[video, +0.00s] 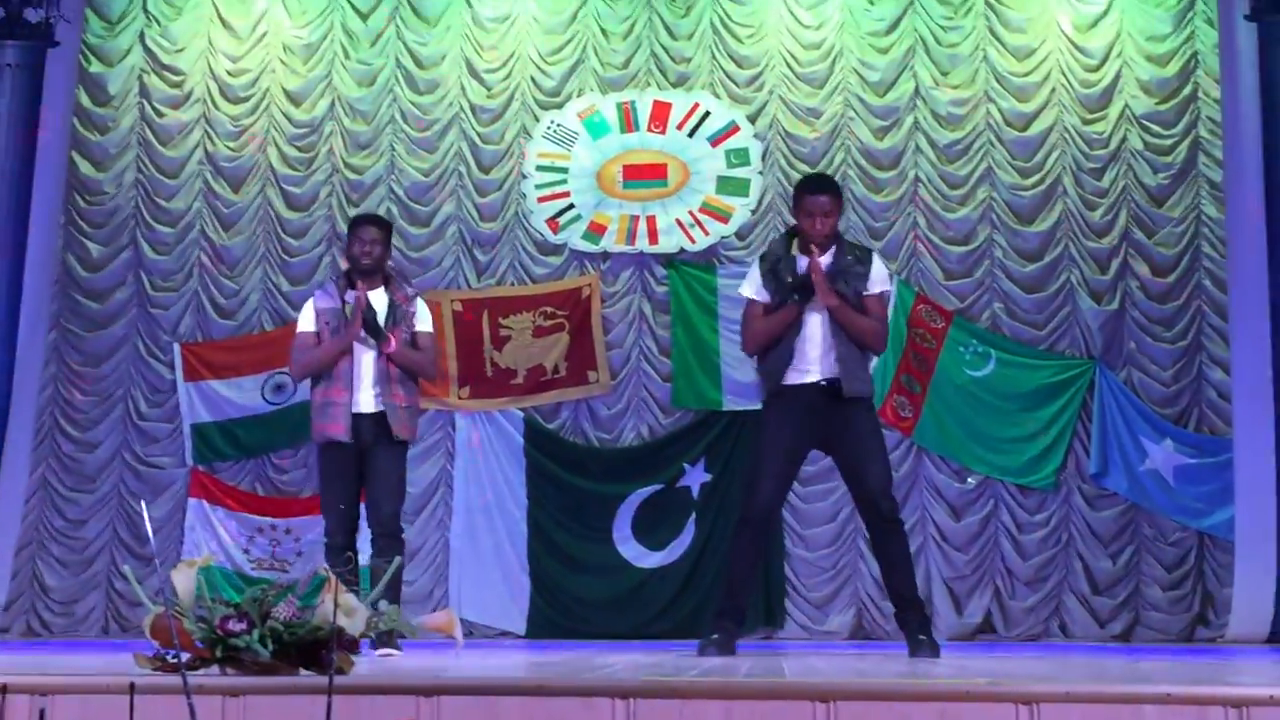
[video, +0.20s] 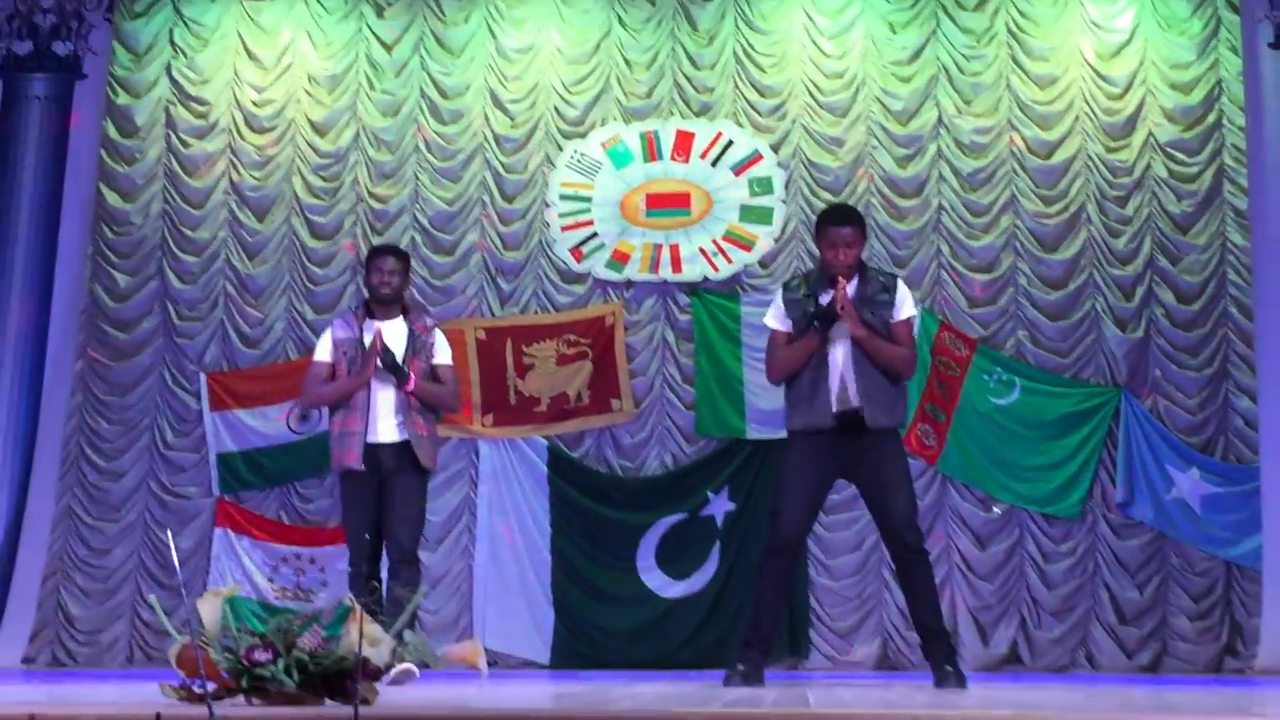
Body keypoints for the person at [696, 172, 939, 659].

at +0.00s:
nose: (819, 224)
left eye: (828, 215)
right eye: (810, 215)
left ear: (839, 216)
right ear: (795, 215)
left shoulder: (865, 263)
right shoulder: (770, 265)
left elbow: (877, 339)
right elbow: (752, 340)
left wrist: (828, 296)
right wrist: (803, 301)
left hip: (848, 401)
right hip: (789, 403)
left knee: (880, 508)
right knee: (758, 509)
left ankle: (917, 629)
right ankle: (726, 629)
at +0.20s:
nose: (841, 254)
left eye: (850, 245)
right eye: (833, 245)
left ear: (862, 246)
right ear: (818, 246)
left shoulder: (889, 289)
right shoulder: (794, 294)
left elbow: (905, 365)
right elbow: (776, 368)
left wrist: (857, 328)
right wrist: (824, 329)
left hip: (875, 435)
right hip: (812, 437)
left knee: (906, 541)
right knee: (784, 539)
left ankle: (942, 659)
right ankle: (752, 660)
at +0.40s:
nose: (847, 263)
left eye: (856, 255)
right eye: (838, 255)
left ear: (869, 256)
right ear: (824, 256)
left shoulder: (895, 298)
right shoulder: (801, 307)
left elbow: (924, 365)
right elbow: (787, 383)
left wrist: (890, 376)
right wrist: (812, 371)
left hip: (882, 448)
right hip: (822, 450)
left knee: (914, 554)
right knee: (791, 555)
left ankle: (951, 674)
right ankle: (762, 675)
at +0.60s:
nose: (850, 274)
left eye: (859, 265)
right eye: (841, 265)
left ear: (871, 267)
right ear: (825, 267)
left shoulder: (900, 311)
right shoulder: (801, 319)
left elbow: (934, 374)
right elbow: (776, 400)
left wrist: (945, 423)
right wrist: (786, 418)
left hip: (885, 457)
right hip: (821, 459)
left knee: (919, 565)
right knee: (791, 564)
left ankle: (951, 683)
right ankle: (761, 684)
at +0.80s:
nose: (866, 352)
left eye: (875, 342)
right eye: (857, 342)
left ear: (892, 339)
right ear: (843, 340)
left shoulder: (916, 367)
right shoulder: (820, 379)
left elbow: (943, 426)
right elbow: (805, 446)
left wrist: (974, 484)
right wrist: (786, 501)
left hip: (903, 494)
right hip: (839, 495)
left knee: (953, 575)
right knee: (797, 572)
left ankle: (972, 701)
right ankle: (769, 700)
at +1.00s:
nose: (859, 360)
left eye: (868, 350)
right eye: (850, 350)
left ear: (881, 346)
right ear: (834, 344)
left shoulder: (909, 376)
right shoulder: (803, 379)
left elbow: (964, 415)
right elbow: (753, 424)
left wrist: (1011, 460)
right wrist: (713, 468)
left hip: (894, 493)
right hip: (826, 492)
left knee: (941, 585)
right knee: (788, 576)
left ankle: (965, 700)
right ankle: (764, 699)